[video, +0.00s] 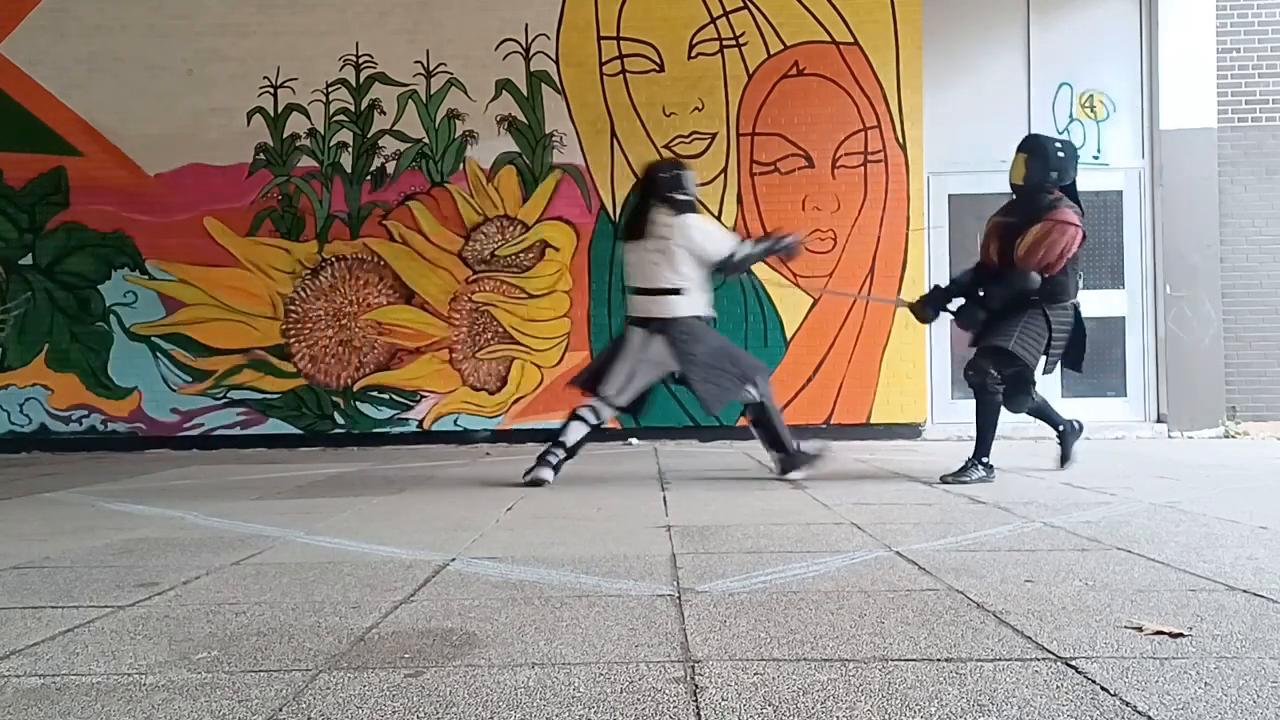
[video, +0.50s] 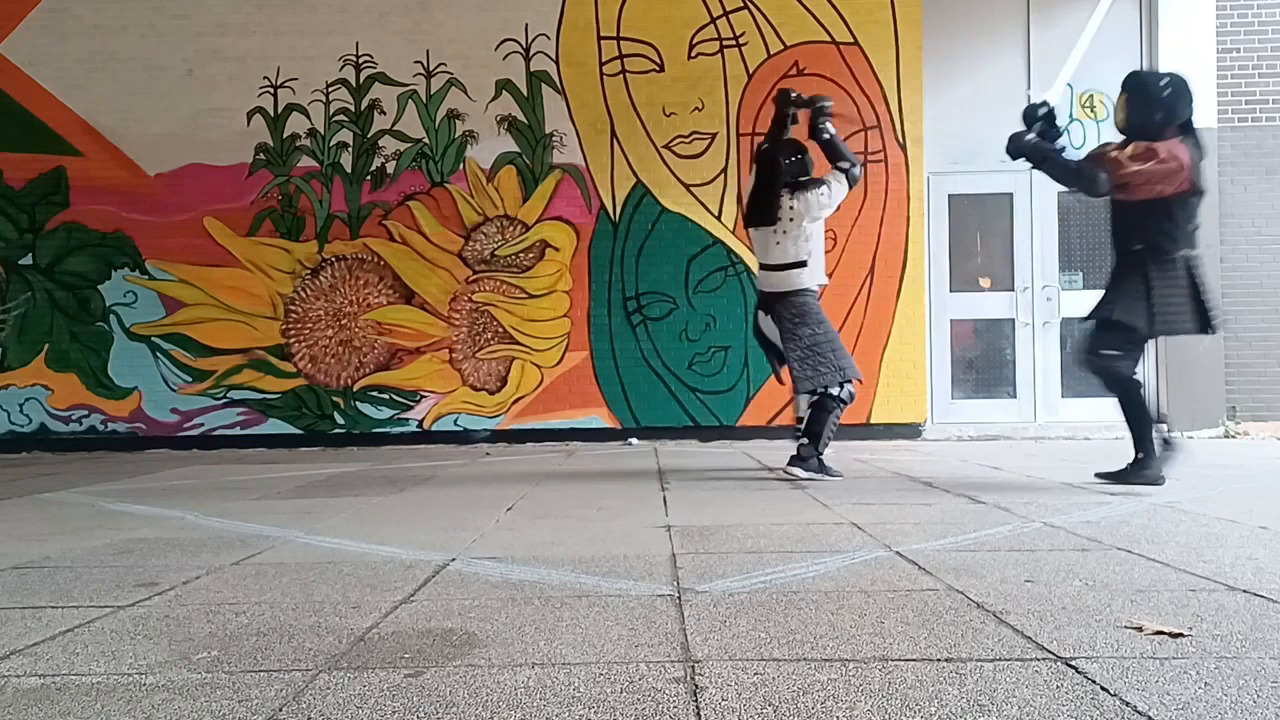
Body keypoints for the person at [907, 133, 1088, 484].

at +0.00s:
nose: (1017, 170)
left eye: (1027, 164)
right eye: (1018, 162)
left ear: (1052, 174)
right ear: (1019, 164)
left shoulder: (1061, 221)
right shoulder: (1014, 211)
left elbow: (1027, 280)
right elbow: (988, 269)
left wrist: (983, 306)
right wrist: (943, 294)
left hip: (1044, 309)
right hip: (1011, 306)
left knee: (984, 371)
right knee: (1017, 395)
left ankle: (981, 462)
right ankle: (1066, 428)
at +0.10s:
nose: (1012, 175)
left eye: (1020, 168)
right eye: (1012, 168)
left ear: (1047, 172)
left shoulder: (1069, 218)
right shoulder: (1021, 207)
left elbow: (1029, 277)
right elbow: (1000, 265)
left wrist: (971, 297)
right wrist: (951, 287)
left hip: (1052, 307)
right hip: (1021, 303)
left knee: (991, 373)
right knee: (1012, 390)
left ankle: (981, 462)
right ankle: (1076, 435)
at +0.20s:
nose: (1038, 170)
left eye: (1046, 163)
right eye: (1039, 162)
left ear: (1074, 166)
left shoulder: (1090, 212)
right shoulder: (1043, 202)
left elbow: (1038, 252)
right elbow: (1021, 248)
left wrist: (974, 249)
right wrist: (972, 250)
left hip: (1064, 304)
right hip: (1038, 300)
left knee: (1005, 377)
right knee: (1022, 387)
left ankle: (982, 462)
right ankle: (1108, 438)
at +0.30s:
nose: (1066, 149)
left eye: (1075, 143)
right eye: (1068, 141)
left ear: (1101, 146)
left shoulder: (1119, 189)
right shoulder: (1068, 184)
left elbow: (1059, 219)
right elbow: (1032, 226)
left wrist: (996, 200)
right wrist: (994, 201)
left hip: (1096, 300)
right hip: (1071, 297)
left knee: (1030, 381)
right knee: (1068, 395)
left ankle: (989, 461)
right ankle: (1140, 463)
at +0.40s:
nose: (1090, 127)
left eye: (1097, 121)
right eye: (1093, 120)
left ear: (1119, 128)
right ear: (1126, 129)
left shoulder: (1139, 172)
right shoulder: (1119, 169)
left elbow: (1076, 192)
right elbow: (1055, 199)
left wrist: (1017, 167)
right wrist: (1021, 167)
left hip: (1120, 291)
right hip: (1116, 289)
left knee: (1054, 360)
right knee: (1091, 379)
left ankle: (1056, 451)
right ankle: (1142, 463)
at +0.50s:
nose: (1117, 106)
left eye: (1124, 99)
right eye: (1120, 98)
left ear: (1146, 109)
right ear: (1160, 110)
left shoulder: (1160, 155)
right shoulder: (1166, 150)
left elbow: (1094, 179)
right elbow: (1096, 172)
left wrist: (1035, 152)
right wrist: (1054, 146)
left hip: (1150, 272)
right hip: (1152, 270)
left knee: (1107, 356)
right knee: (1109, 357)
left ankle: (1149, 456)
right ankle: (1152, 448)